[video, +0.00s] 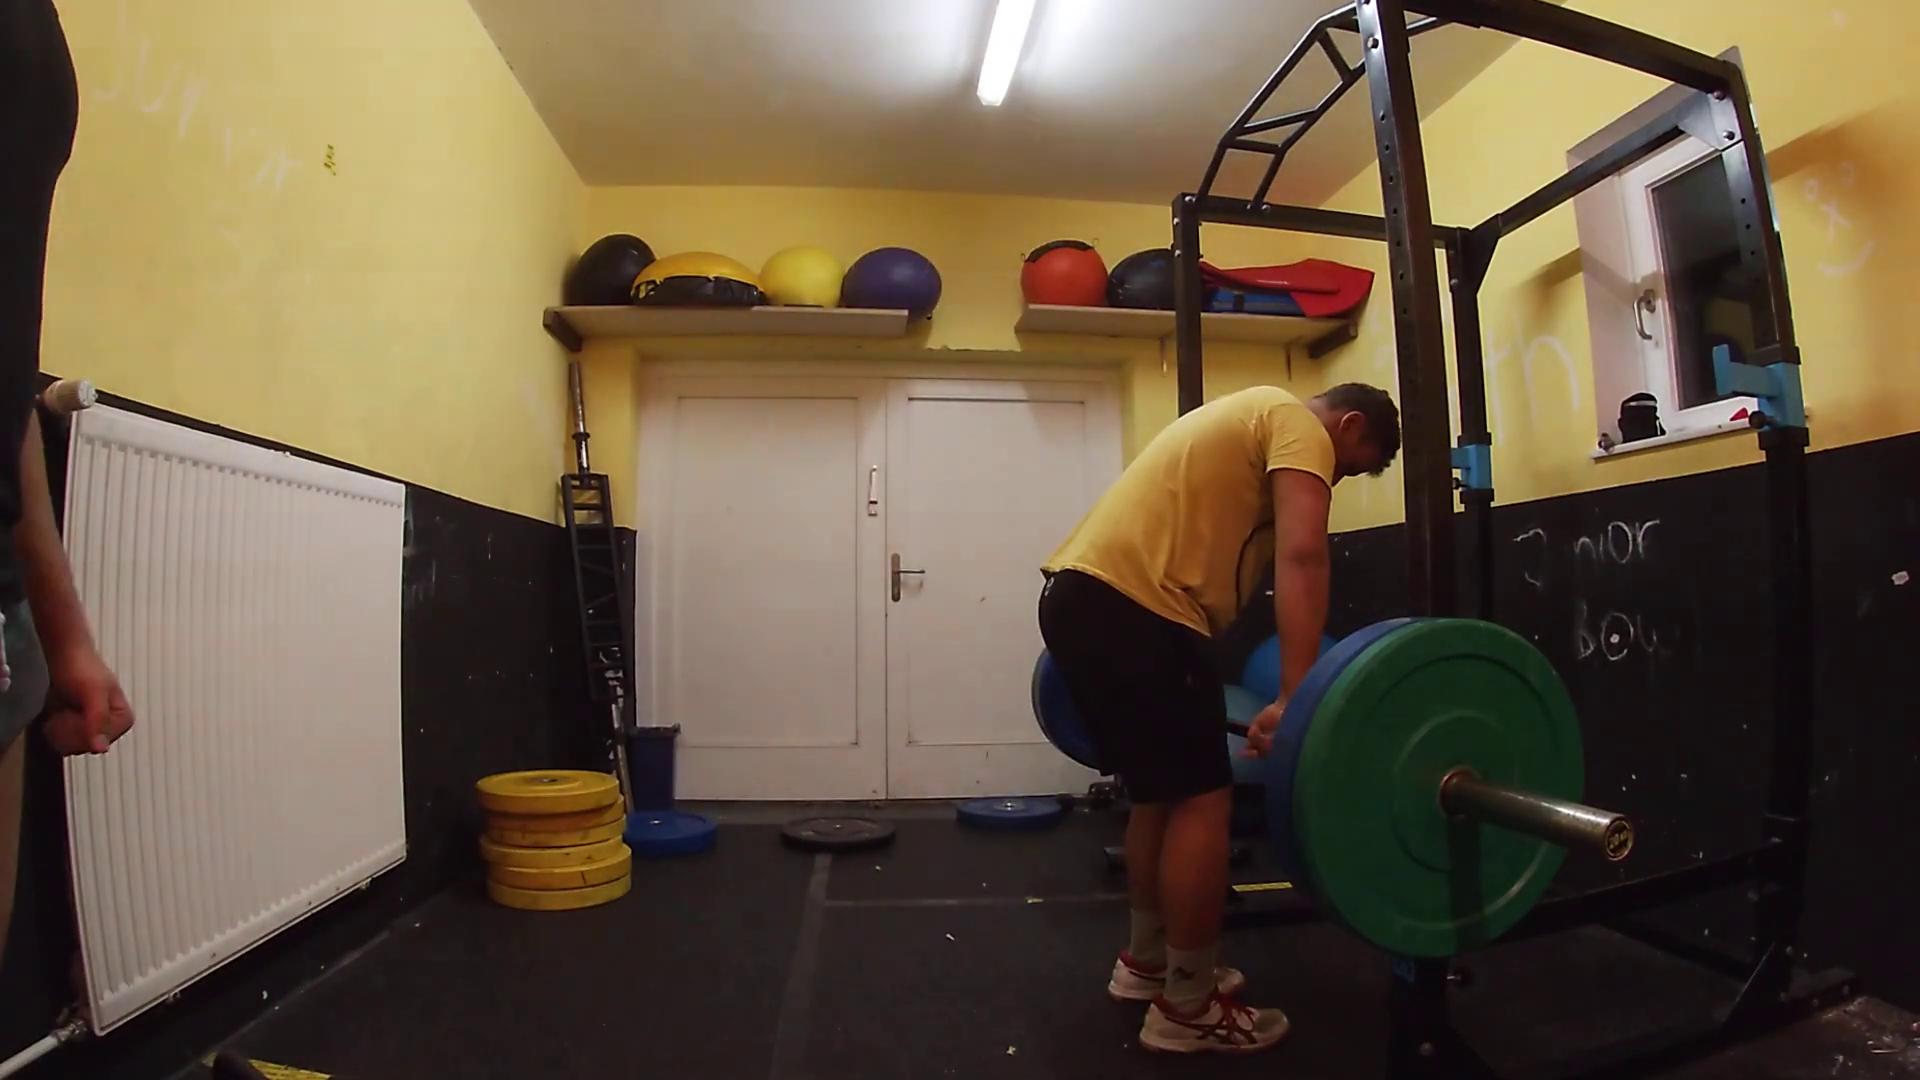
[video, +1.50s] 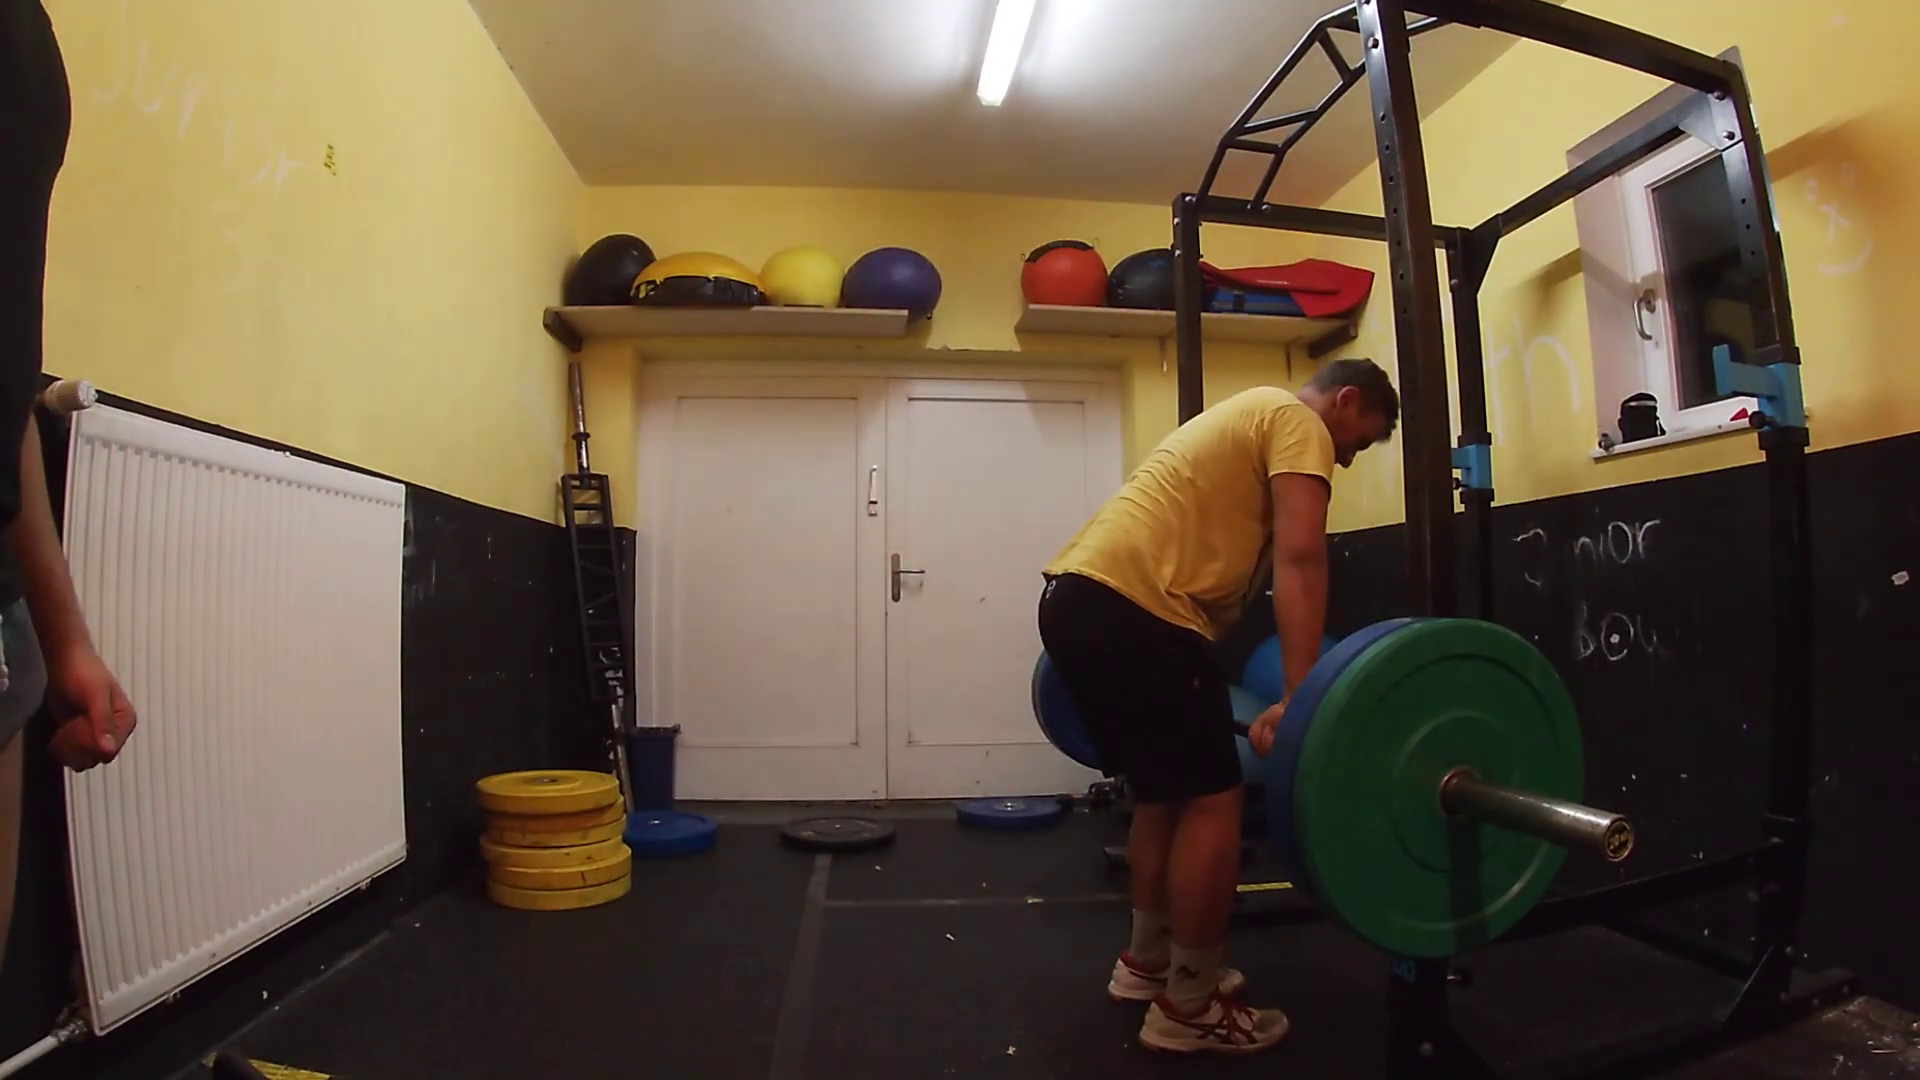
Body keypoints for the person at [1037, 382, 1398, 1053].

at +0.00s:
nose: (1342, 478)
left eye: (1354, 473)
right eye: (1356, 465)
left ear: (1338, 412)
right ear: (1348, 425)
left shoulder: (1240, 422)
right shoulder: (1295, 423)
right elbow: (1302, 553)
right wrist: (1295, 698)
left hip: (1083, 590)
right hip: (1138, 604)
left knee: (1155, 791)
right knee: (1203, 796)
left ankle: (1147, 957)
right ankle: (1188, 1006)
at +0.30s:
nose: (1344, 484)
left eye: (1356, 479)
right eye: (1358, 470)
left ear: (1344, 419)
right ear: (1349, 426)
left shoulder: (1244, 424)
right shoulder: (1297, 425)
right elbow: (1302, 550)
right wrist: (1290, 693)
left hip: (1084, 591)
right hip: (1138, 606)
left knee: (1155, 792)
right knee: (1204, 798)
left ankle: (1146, 957)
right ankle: (1188, 1006)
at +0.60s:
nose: (1346, 483)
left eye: (1357, 479)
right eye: (1359, 469)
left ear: (1339, 414)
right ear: (1348, 422)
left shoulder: (1243, 426)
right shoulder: (1296, 425)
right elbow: (1304, 553)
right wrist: (1299, 702)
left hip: (1084, 590)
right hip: (1139, 604)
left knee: (1155, 791)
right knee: (1204, 798)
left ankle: (1147, 958)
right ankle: (1188, 1007)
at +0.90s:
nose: (1354, 484)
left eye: (1364, 479)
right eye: (1367, 469)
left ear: (1341, 417)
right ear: (1351, 426)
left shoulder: (1247, 427)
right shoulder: (1300, 429)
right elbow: (1309, 553)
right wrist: (1297, 698)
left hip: (1083, 591)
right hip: (1139, 607)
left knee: (1157, 793)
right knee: (1207, 800)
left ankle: (1147, 958)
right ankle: (1188, 1006)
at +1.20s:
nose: (1359, 475)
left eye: (1371, 468)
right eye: (1371, 459)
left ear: (1341, 410)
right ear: (1353, 419)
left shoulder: (1249, 430)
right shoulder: (1302, 426)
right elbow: (1305, 555)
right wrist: (1299, 700)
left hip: (1083, 594)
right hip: (1139, 607)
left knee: (1158, 793)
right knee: (1212, 800)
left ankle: (1147, 958)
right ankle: (1189, 1005)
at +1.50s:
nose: (1354, 454)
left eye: (1365, 446)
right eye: (1365, 436)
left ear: (1329, 392)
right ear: (1346, 401)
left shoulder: (1247, 417)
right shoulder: (1296, 421)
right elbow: (1300, 557)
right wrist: (1300, 698)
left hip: (1081, 595)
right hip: (1137, 605)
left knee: (1159, 788)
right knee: (1213, 797)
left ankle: (1147, 957)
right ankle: (1190, 1005)